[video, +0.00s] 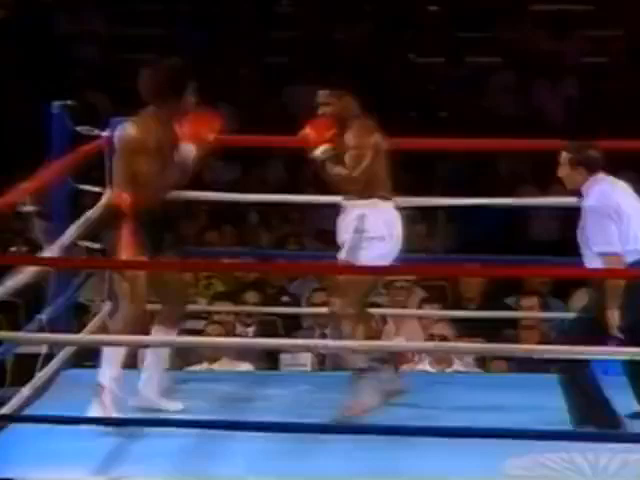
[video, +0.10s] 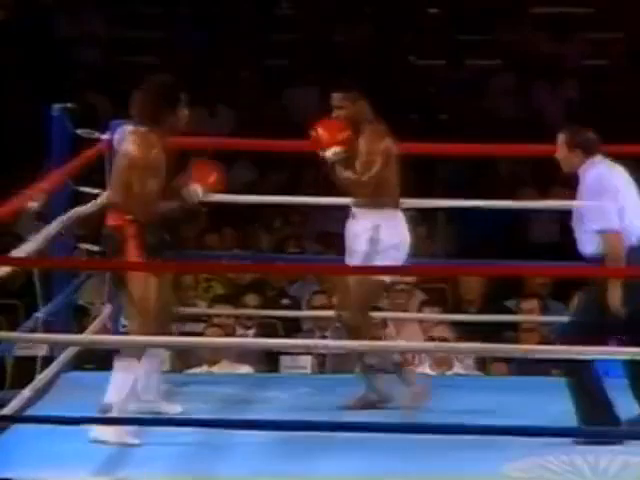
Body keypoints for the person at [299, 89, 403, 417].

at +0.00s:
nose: (323, 110)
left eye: (329, 102)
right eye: (321, 103)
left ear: (348, 102)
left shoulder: (361, 132)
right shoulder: (348, 134)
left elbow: (353, 181)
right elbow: (348, 174)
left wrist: (324, 157)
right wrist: (325, 150)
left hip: (372, 219)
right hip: (358, 218)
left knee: (345, 303)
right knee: (351, 306)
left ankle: (364, 382)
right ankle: (385, 373)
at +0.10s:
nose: (336, 114)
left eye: (341, 107)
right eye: (334, 108)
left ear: (361, 105)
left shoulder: (376, 137)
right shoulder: (359, 137)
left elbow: (362, 186)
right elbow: (356, 179)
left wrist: (335, 162)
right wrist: (336, 153)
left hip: (383, 226)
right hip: (361, 224)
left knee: (356, 311)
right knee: (351, 312)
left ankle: (410, 379)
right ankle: (375, 387)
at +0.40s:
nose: (362, 117)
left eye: (368, 111)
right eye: (360, 111)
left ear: (387, 111)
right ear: (362, 115)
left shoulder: (409, 143)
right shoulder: (375, 144)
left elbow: (417, 188)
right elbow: (383, 176)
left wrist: (380, 179)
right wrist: (361, 167)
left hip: (413, 226)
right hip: (387, 226)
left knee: (401, 320)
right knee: (382, 317)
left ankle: (451, 390)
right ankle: (390, 392)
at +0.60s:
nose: (398, 145)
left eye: (404, 138)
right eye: (396, 138)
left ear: (424, 139)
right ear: (401, 142)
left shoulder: (445, 173)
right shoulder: (412, 170)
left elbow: (439, 220)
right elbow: (405, 209)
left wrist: (402, 205)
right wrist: (388, 190)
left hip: (445, 258)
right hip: (416, 258)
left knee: (442, 340)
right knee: (402, 331)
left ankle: (487, 407)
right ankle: (424, 399)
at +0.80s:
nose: (416, 127)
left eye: (422, 119)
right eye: (415, 120)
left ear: (443, 120)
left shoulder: (462, 151)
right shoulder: (438, 153)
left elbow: (459, 198)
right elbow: (444, 191)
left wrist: (424, 183)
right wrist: (420, 174)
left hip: (471, 238)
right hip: (445, 238)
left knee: (466, 335)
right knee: (438, 324)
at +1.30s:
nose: (434, 142)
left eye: (440, 134)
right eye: (432, 135)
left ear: (462, 134)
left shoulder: (482, 164)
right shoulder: (459, 170)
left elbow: (486, 211)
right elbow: (460, 210)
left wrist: (446, 202)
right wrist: (438, 190)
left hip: (500, 250)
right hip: (476, 252)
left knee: (482, 341)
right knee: (478, 341)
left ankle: (477, 433)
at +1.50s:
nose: (449, 135)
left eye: (454, 126)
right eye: (448, 128)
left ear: (473, 127)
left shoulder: (497, 160)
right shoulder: (472, 162)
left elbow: (474, 208)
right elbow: (462, 202)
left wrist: (447, 181)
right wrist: (445, 171)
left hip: (512, 251)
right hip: (487, 254)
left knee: (488, 342)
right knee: (487, 343)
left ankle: (474, 431)